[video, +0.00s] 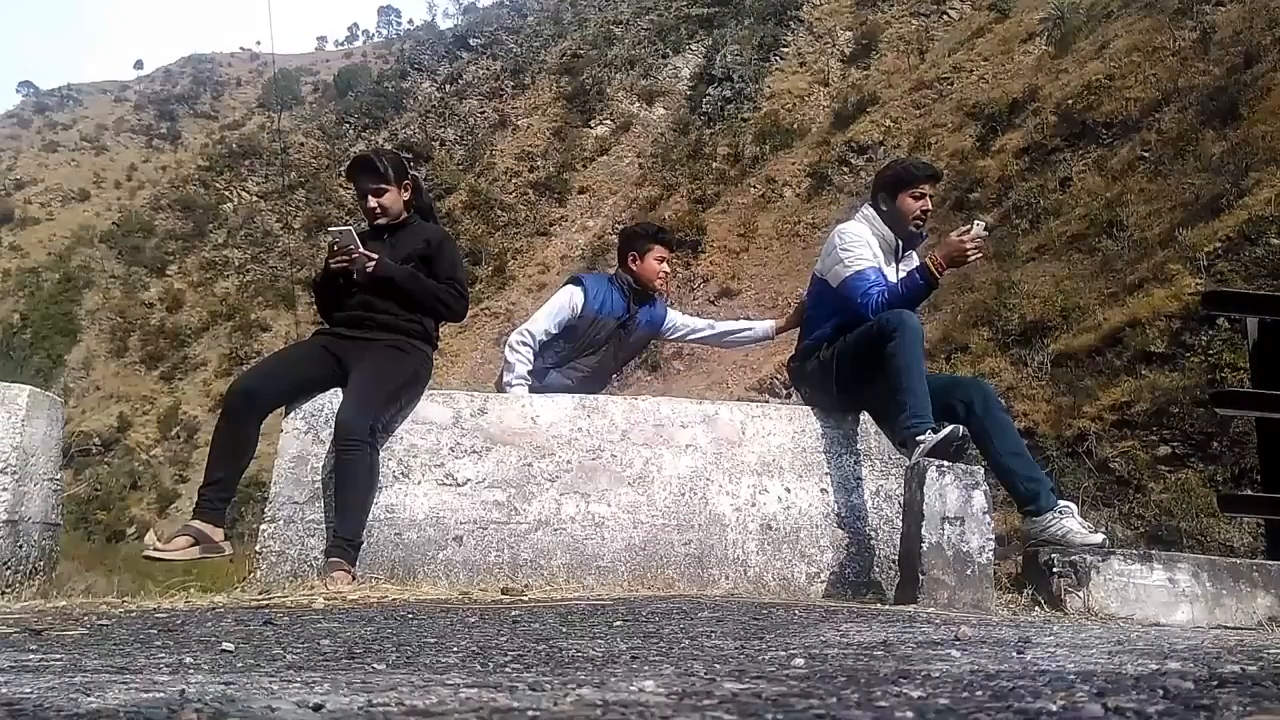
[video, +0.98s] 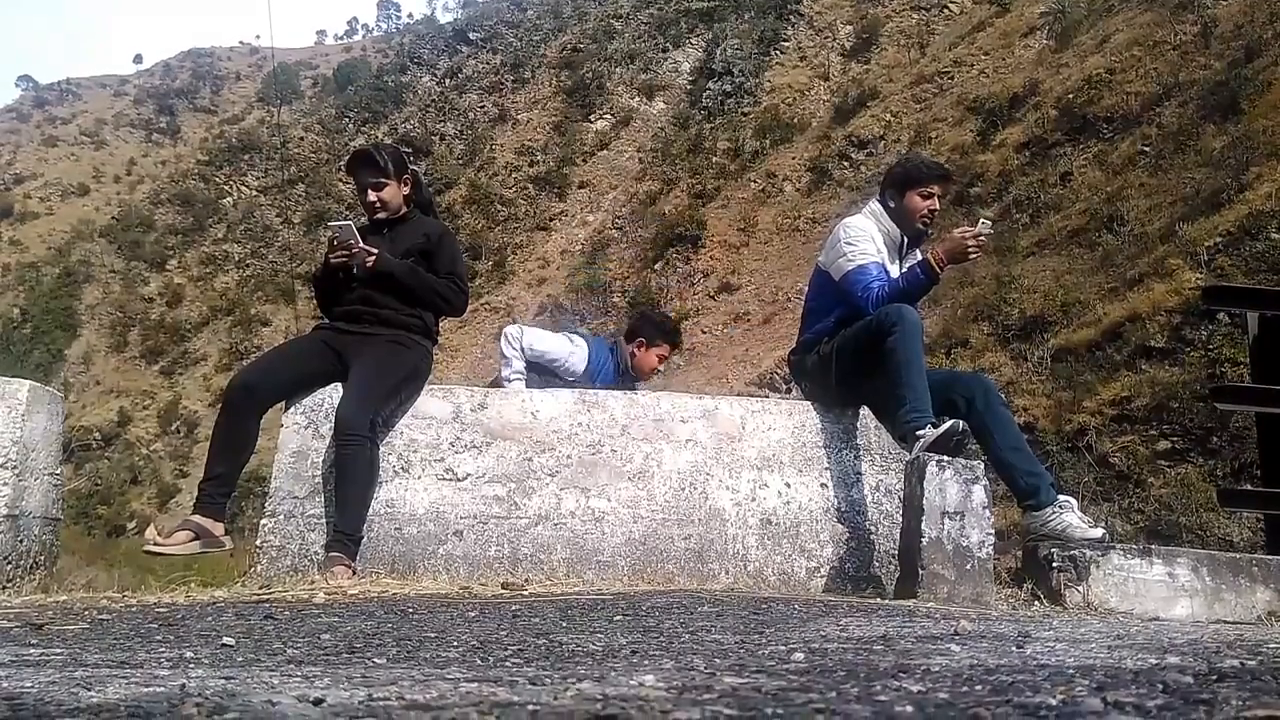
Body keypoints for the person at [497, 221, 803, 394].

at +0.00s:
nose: (667, 270)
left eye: (668, 262)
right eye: (661, 261)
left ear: (647, 264)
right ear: (633, 261)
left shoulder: (656, 315)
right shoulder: (585, 292)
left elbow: (718, 332)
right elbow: (523, 340)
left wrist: (782, 325)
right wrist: (517, 400)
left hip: (581, 410)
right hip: (534, 401)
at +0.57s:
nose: (669, 276)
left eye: (671, 268)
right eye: (662, 267)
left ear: (665, 272)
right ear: (636, 266)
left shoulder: (654, 320)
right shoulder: (593, 295)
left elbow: (698, 359)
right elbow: (524, 331)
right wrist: (518, 392)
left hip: (581, 409)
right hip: (538, 400)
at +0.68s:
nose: (669, 295)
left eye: (672, 288)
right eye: (665, 285)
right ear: (640, 280)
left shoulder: (647, 336)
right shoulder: (590, 307)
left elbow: (667, 384)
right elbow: (518, 333)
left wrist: (696, 387)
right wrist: (516, 391)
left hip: (566, 414)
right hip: (525, 400)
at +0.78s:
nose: (669, 320)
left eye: (671, 313)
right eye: (666, 310)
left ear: (645, 304)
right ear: (642, 302)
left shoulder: (639, 352)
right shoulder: (588, 322)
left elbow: (651, 402)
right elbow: (513, 335)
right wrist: (516, 393)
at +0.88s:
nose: (665, 345)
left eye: (669, 338)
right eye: (664, 335)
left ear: (643, 327)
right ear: (641, 326)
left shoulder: (633, 375)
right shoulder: (589, 340)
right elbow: (514, 335)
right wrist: (515, 392)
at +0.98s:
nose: (660, 368)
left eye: (664, 361)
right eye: (660, 358)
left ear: (639, 347)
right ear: (638, 347)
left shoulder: (626, 376)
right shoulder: (582, 355)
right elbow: (513, 335)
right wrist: (516, 391)